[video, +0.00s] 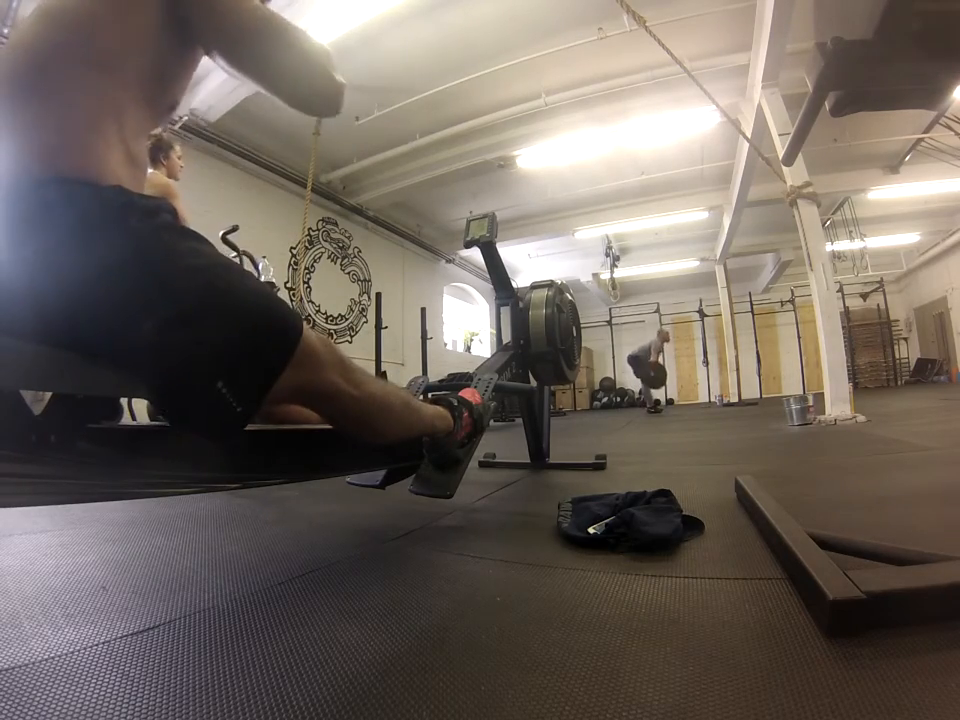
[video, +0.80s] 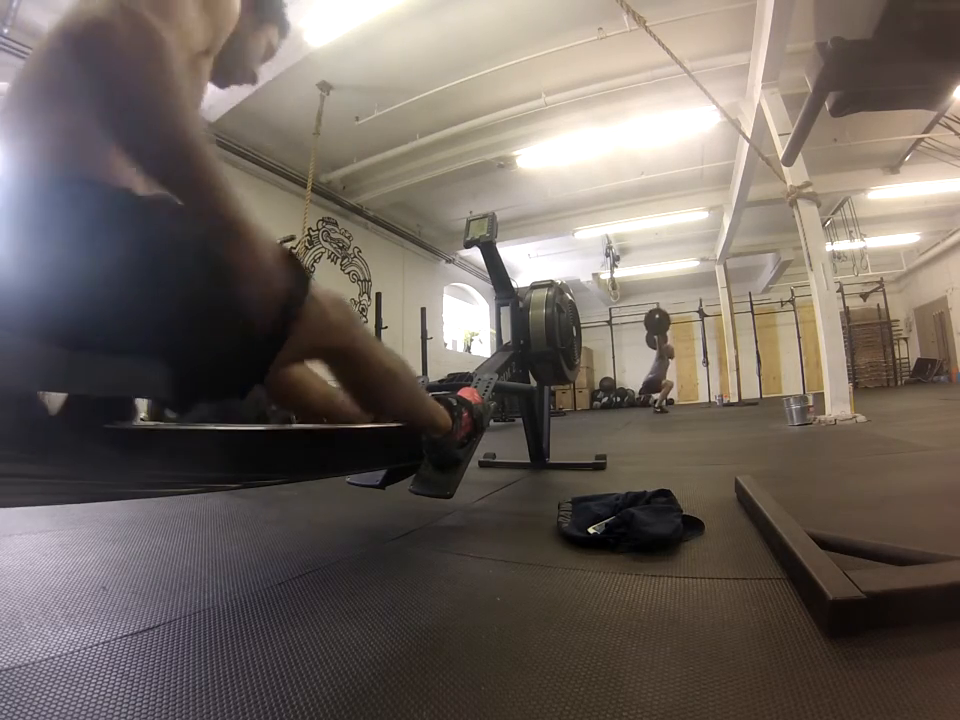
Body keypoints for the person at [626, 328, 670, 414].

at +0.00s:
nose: (668, 336)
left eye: (668, 334)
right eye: (666, 334)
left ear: (660, 335)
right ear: (660, 334)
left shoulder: (659, 344)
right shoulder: (656, 343)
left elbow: (655, 359)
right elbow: (653, 359)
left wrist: (657, 372)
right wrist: (654, 371)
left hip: (639, 358)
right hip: (635, 358)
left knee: (646, 381)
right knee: (645, 381)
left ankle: (650, 404)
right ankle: (650, 405)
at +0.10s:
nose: (665, 328)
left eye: (664, 326)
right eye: (662, 326)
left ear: (658, 329)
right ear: (659, 328)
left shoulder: (658, 338)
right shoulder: (656, 337)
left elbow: (654, 352)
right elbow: (652, 351)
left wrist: (655, 362)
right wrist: (653, 362)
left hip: (643, 358)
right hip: (639, 358)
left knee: (650, 380)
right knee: (650, 379)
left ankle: (650, 403)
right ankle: (649, 405)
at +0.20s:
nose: (655, 323)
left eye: (654, 321)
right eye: (653, 321)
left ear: (647, 323)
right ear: (649, 322)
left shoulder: (649, 332)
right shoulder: (648, 332)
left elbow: (652, 345)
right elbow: (650, 345)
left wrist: (657, 356)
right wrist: (653, 357)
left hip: (649, 359)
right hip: (648, 359)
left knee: (659, 381)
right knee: (658, 381)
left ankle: (653, 402)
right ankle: (650, 405)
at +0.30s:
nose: (645, 317)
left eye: (644, 315)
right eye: (643, 316)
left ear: (639, 319)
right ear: (638, 319)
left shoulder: (643, 328)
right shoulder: (641, 329)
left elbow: (651, 339)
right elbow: (650, 340)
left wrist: (660, 339)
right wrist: (661, 339)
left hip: (650, 355)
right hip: (648, 356)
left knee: (657, 379)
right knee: (656, 379)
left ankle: (652, 403)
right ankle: (651, 405)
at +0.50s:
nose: (647, 326)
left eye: (647, 324)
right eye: (646, 325)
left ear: (648, 326)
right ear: (644, 326)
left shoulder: (651, 336)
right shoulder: (645, 336)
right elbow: (645, 332)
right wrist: (653, 324)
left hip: (650, 365)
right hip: (645, 366)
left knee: (665, 375)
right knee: (664, 375)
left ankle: (651, 393)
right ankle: (649, 393)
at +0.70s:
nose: (672, 349)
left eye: (671, 347)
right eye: (670, 347)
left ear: (667, 349)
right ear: (664, 348)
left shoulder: (664, 359)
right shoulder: (660, 354)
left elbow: (663, 374)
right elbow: (658, 341)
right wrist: (657, 330)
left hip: (653, 381)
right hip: (647, 381)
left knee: (667, 383)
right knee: (666, 382)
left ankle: (659, 404)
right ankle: (658, 405)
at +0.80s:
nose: (673, 353)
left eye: (673, 350)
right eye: (672, 350)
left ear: (667, 351)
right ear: (667, 351)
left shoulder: (665, 360)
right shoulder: (661, 357)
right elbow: (660, 344)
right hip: (649, 384)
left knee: (669, 384)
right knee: (669, 384)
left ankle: (659, 404)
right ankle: (658, 405)